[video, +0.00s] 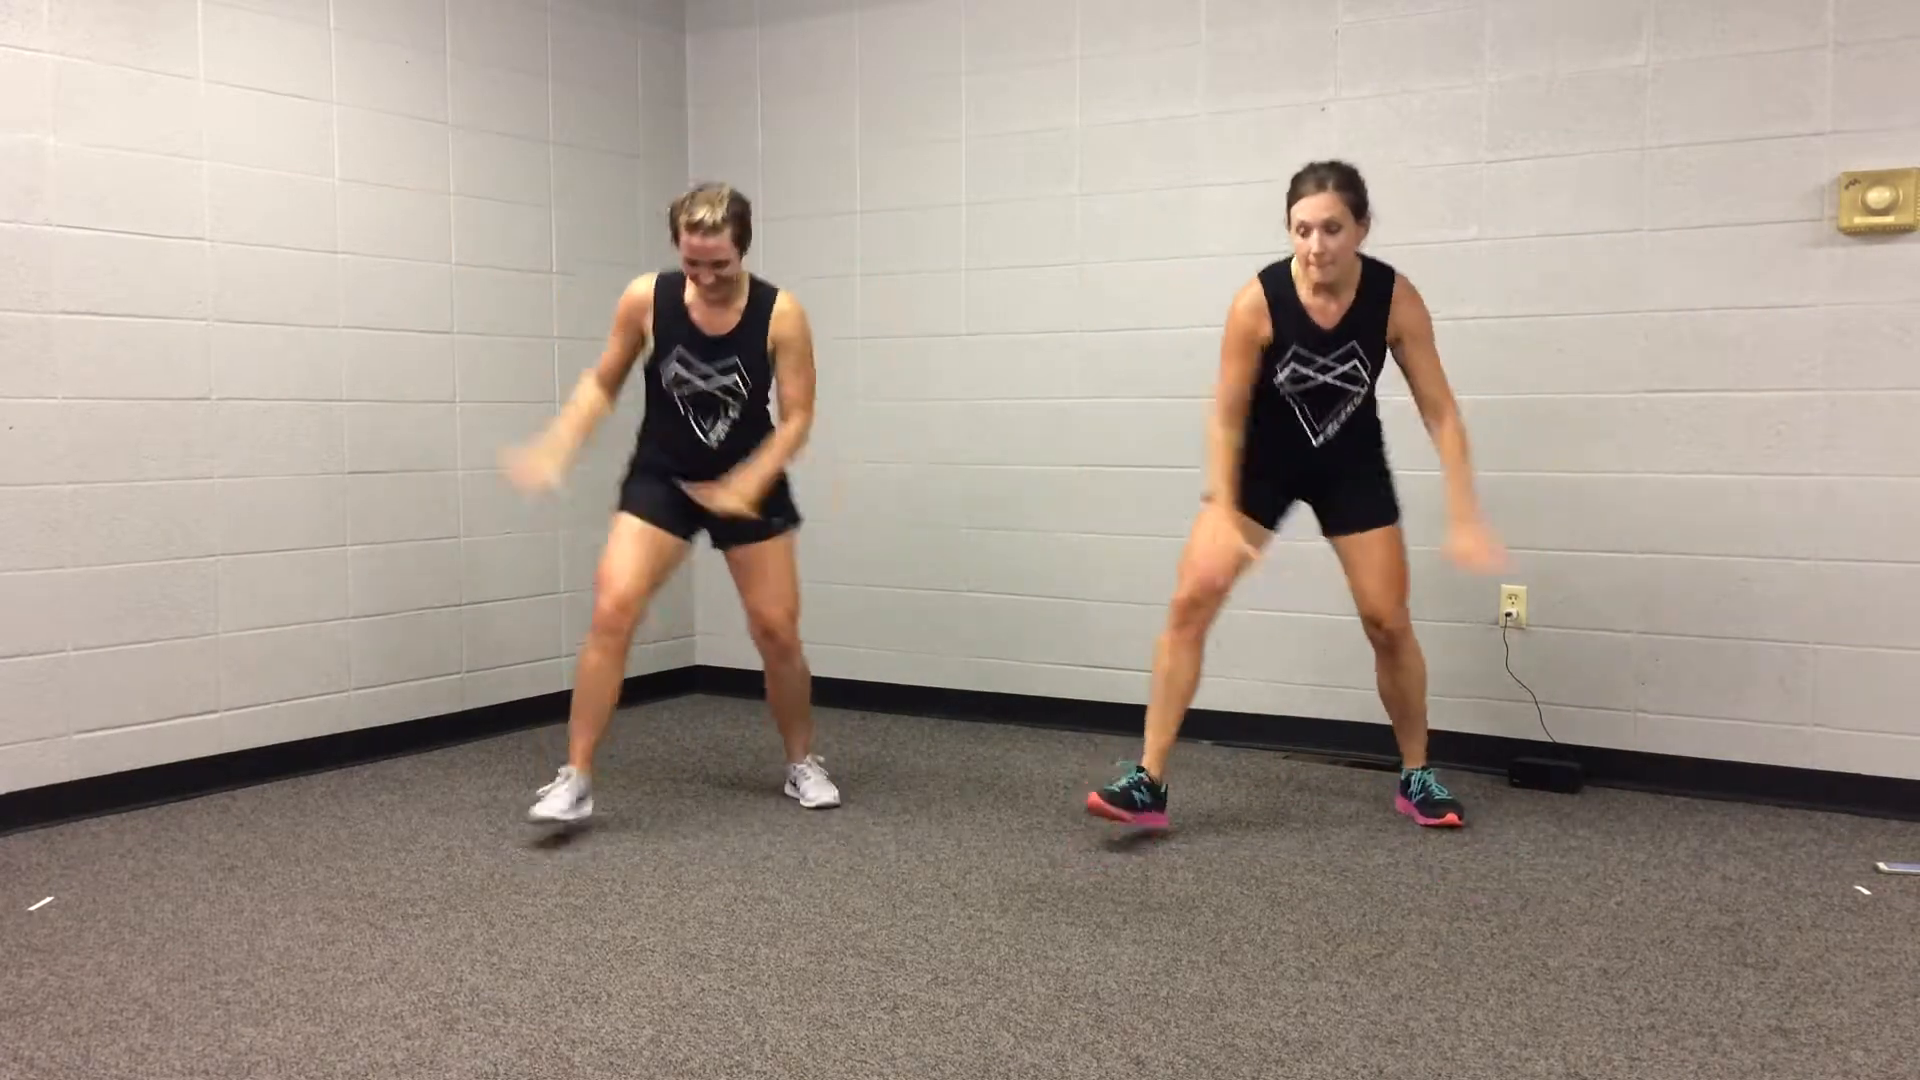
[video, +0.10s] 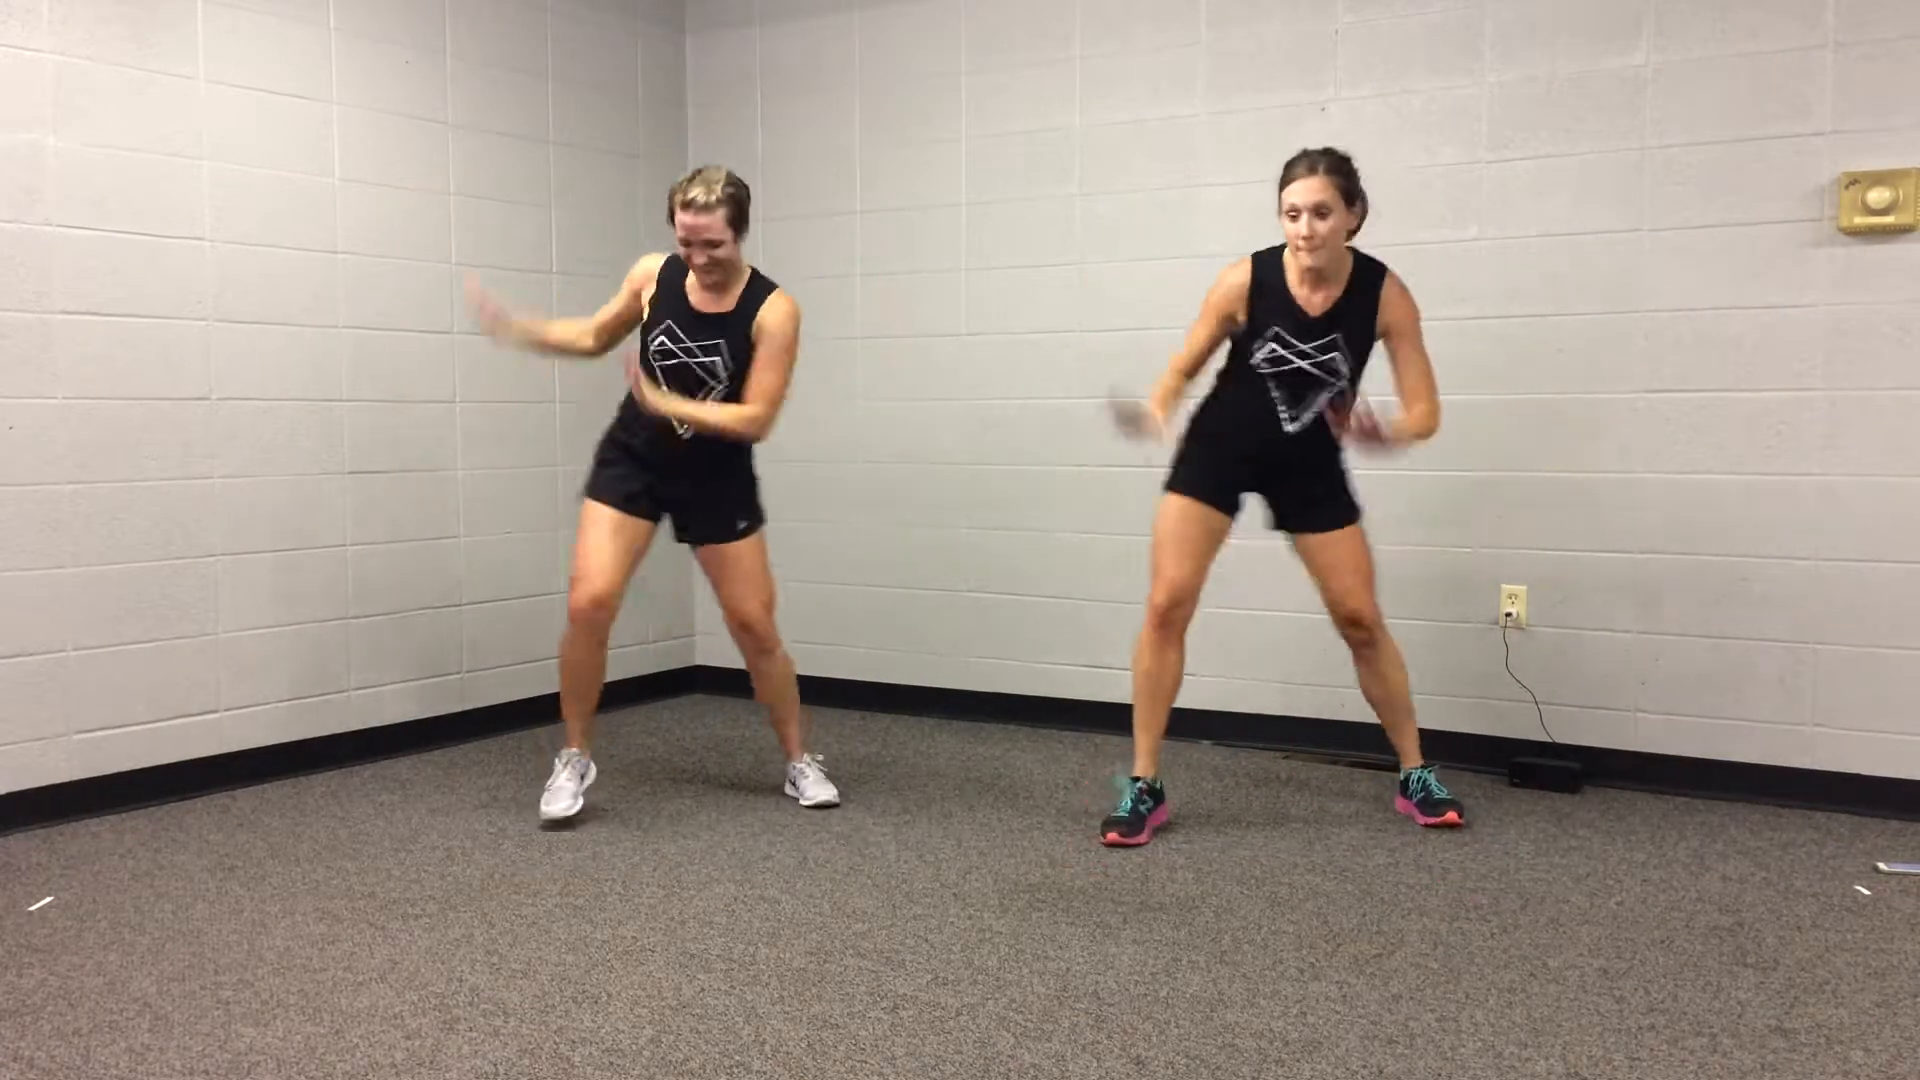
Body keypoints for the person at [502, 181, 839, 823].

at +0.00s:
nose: (703, 277)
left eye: (717, 265)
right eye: (692, 264)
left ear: (744, 250)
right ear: (677, 250)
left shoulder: (780, 316)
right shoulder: (647, 300)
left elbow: (798, 416)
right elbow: (603, 383)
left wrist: (747, 482)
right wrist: (555, 449)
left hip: (749, 479)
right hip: (663, 476)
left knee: (777, 628)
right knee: (612, 610)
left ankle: (803, 762)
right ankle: (576, 776)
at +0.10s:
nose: (699, 255)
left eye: (712, 243)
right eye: (689, 242)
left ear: (741, 232)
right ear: (676, 232)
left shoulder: (773, 310)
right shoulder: (655, 275)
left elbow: (756, 420)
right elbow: (593, 335)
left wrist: (663, 401)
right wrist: (515, 327)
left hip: (717, 471)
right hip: (635, 457)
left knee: (755, 625)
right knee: (588, 602)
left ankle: (799, 761)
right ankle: (574, 757)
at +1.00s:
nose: (705, 200)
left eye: (719, 192)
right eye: (692, 195)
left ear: (745, 218)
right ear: (677, 224)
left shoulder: (786, 302)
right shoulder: (649, 314)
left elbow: (828, 396)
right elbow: (619, 412)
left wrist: (823, 439)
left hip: (785, 497)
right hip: (693, 504)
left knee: (822, 642)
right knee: (608, 647)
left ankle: (849, 799)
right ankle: (561, 754)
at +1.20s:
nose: (703, 178)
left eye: (719, 169)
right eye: (693, 174)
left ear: (753, 197)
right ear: (685, 201)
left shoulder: (778, 273)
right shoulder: (664, 281)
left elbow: (752, 368)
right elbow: (590, 346)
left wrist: (657, 313)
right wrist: (534, 280)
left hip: (721, 482)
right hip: (633, 468)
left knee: (772, 639)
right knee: (574, 618)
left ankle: (845, 798)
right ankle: (534, 779)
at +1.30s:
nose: (698, 205)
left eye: (714, 197)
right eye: (687, 200)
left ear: (745, 225)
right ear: (677, 227)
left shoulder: (767, 306)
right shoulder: (658, 299)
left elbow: (717, 395)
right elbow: (568, 354)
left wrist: (651, 311)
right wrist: (560, 262)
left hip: (690, 506)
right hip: (602, 489)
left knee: (753, 661)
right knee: (554, 639)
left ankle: (842, 799)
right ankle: (535, 796)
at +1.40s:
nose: (685, 223)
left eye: (701, 215)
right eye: (674, 217)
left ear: (728, 245)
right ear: (659, 243)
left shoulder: (747, 340)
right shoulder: (619, 314)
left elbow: (730, 450)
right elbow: (558, 395)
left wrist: (643, 422)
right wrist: (481, 353)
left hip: (674, 519)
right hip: (584, 504)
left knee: (743, 662)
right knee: (537, 654)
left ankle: (839, 799)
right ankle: (536, 796)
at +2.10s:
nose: (699, 198)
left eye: (711, 188)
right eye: (686, 191)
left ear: (734, 210)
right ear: (669, 216)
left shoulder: (774, 288)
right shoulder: (641, 296)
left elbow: (810, 362)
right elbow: (594, 378)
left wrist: (840, 428)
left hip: (759, 472)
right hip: (674, 471)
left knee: (763, 622)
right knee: (646, 606)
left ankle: (761, 760)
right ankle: (620, 754)